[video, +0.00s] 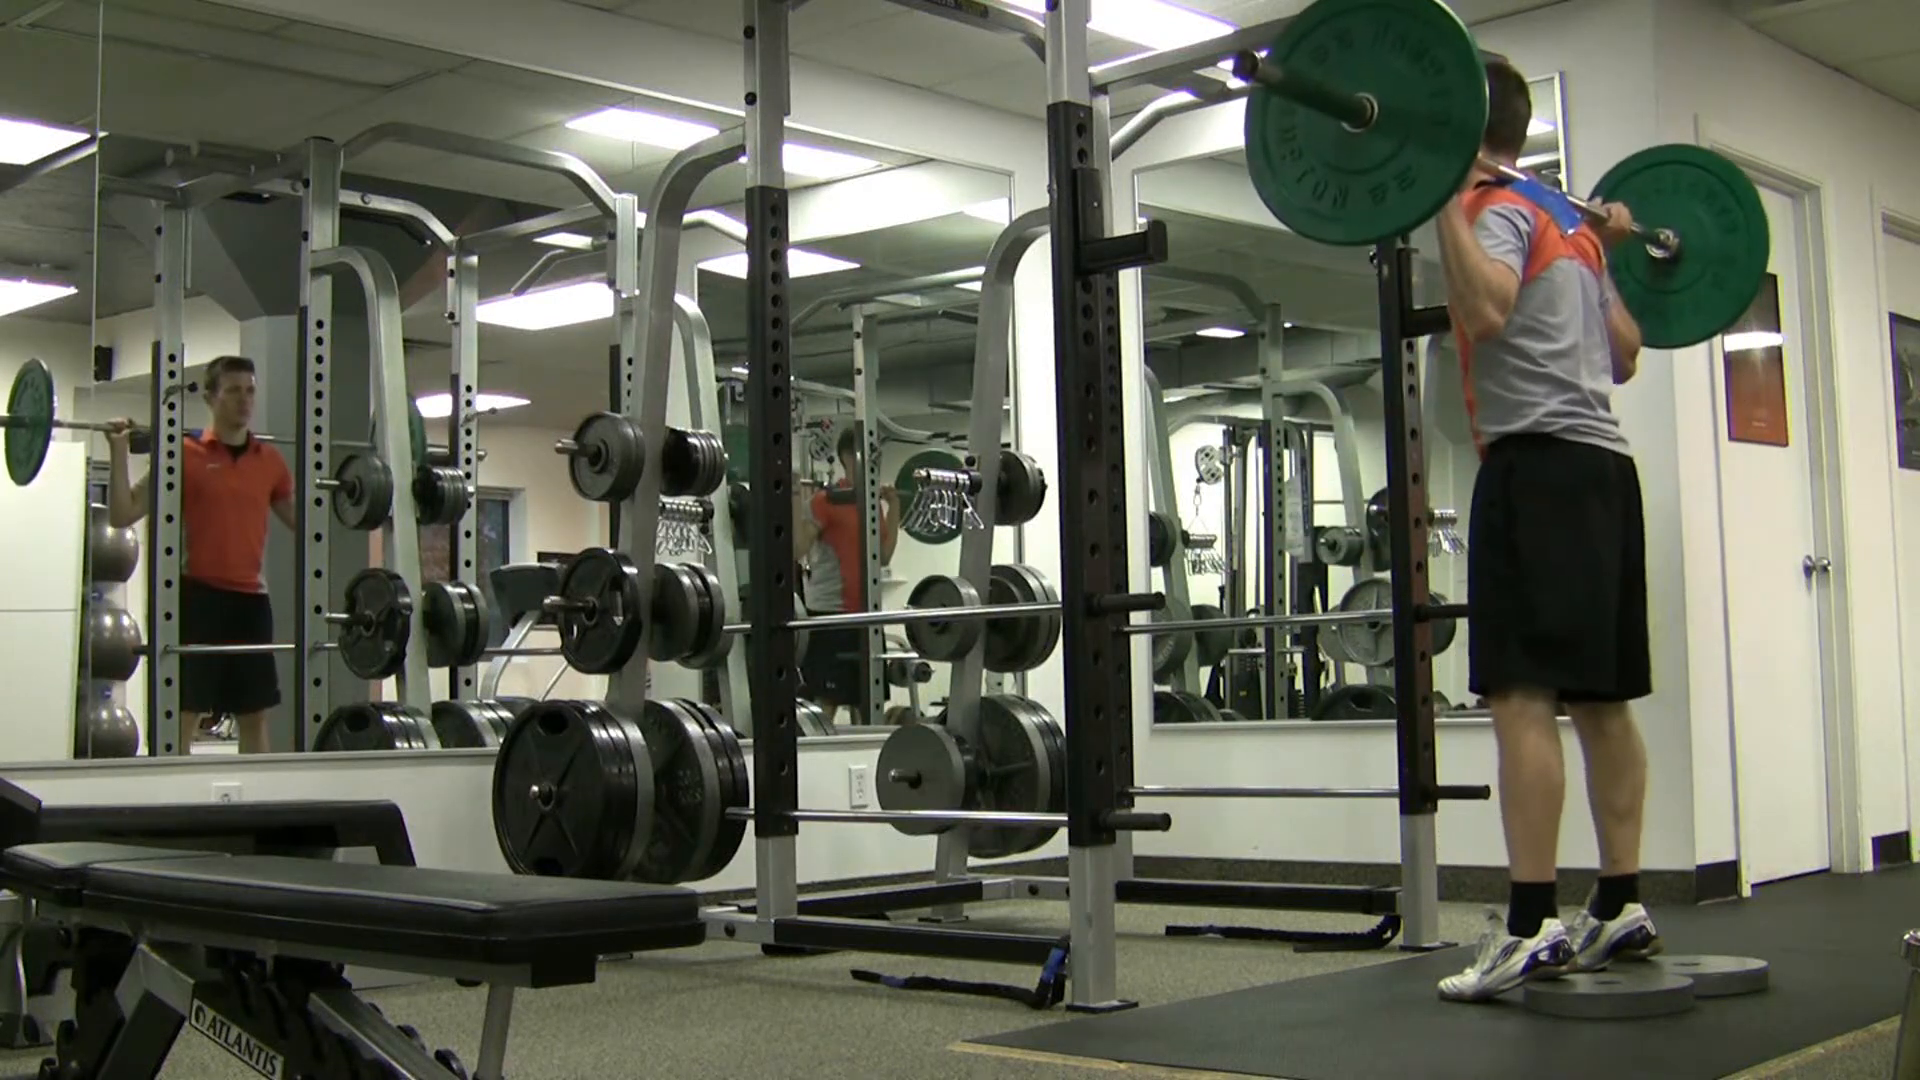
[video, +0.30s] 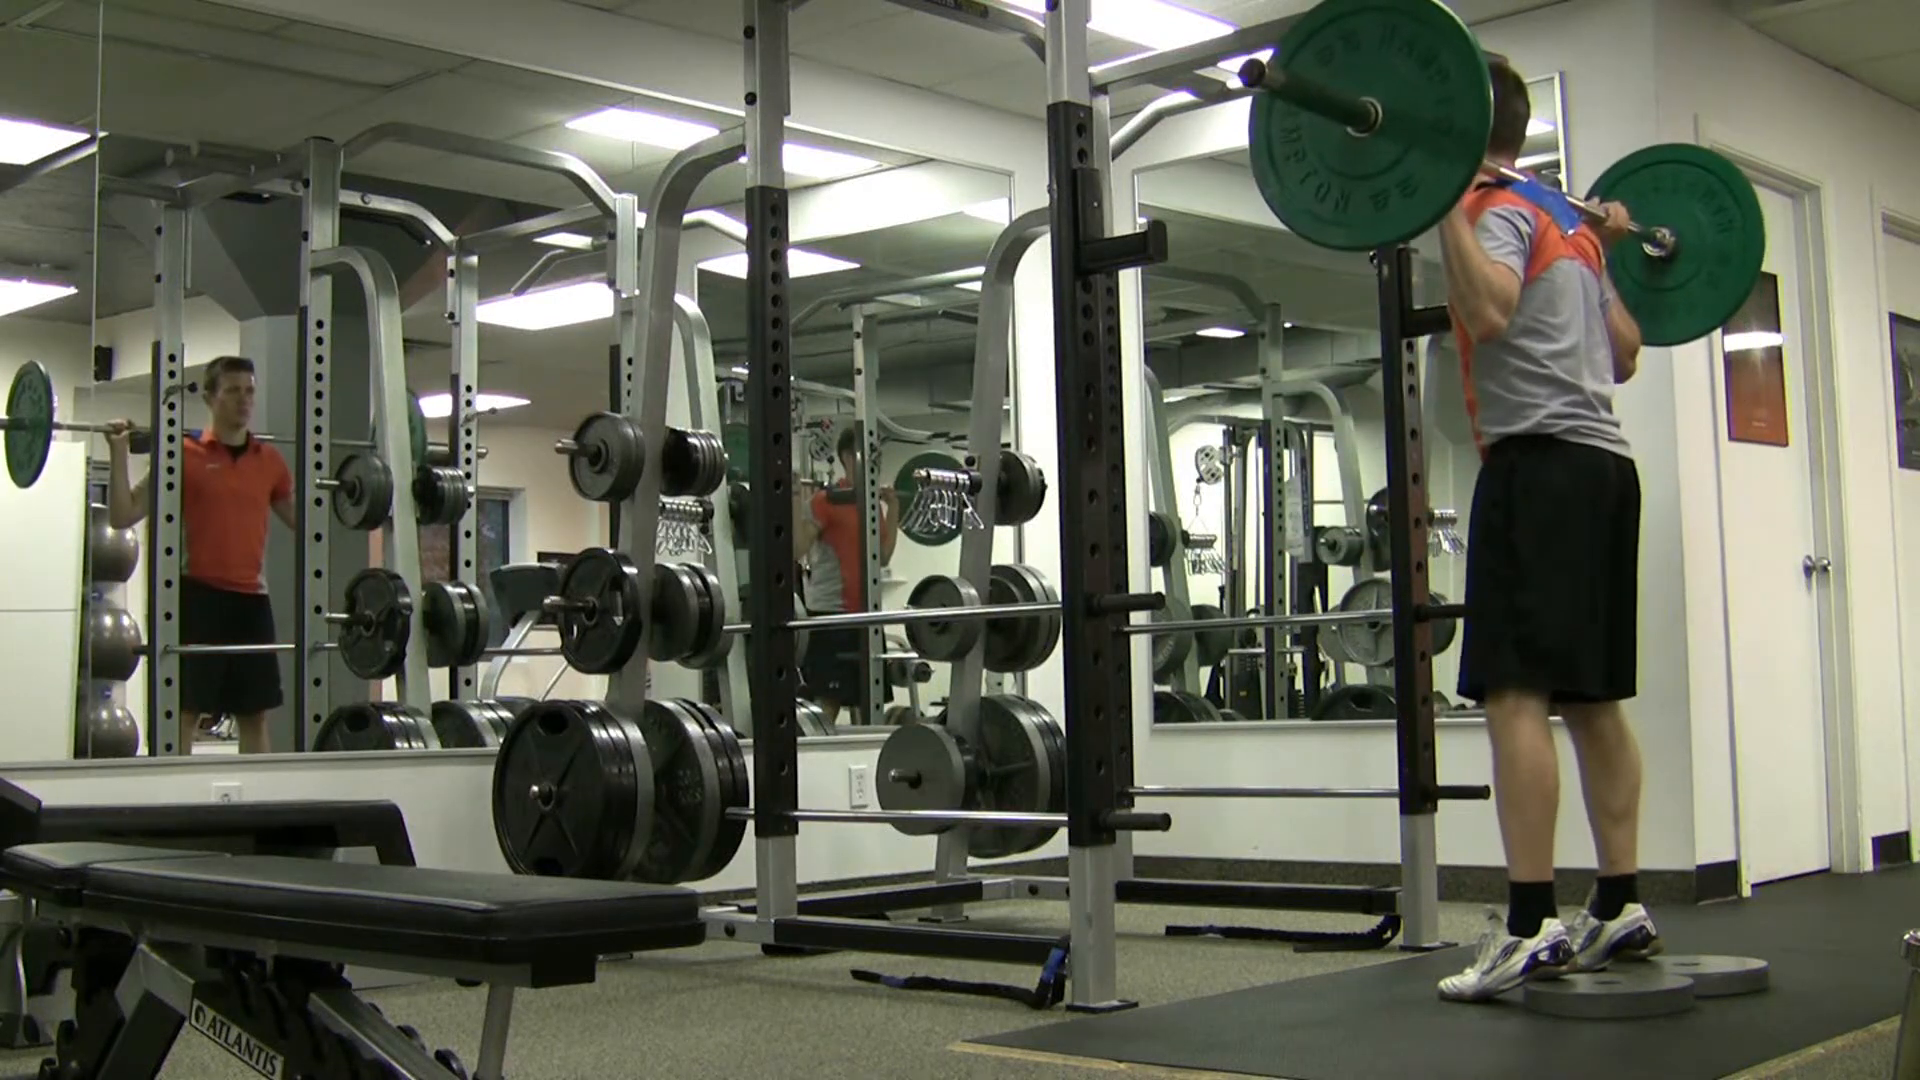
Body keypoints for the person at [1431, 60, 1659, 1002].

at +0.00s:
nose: (1441, 141)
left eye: (1446, 121)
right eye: (1456, 119)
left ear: (1467, 129)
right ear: (1523, 129)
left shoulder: (1495, 206)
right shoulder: (1573, 216)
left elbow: (1487, 312)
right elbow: (1624, 352)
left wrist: (1445, 204)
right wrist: (1608, 245)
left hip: (1534, 470)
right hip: (1602, 469)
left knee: (1519, 700)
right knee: (1601, 700)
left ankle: (1530, 929)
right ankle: (1620, 908)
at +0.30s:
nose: (1447, 135)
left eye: (1454, 113)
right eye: (1465, 111)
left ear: (1472, 125)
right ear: (1523, 125)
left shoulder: (1498, 205)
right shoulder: (1572, 214)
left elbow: (1490, 312)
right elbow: (1623, 351)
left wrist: (1444, 202)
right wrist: (1607, 243)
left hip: (1536, 470)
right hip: (1601, 469)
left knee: (1513, 696)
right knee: (1592, 697)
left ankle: (1529, 930)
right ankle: (1619, 908)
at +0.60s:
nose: (1439, 180)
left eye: (1444, 160)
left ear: (1464, 167)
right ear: (1518, 170)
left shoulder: (1497, 243)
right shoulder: (1568, 252)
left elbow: (1491, 351)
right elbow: (1622, 380)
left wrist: (1443, 243)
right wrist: (1606, 273)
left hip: (1555, 494)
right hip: (1622, 498)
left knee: (1456, 706)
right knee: (1540, 708)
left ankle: (1525, 930)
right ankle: (1615, 910)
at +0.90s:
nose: (1434, 252)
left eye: (1439, 235)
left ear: (1456, 237)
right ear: (1517, 239)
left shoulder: (1496, 308)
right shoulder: (1564, 314)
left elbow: (1492, 420)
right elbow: (1626, 432)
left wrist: (1439, 315)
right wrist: (1600, 336)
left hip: (1580, 547)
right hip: (1649, 552)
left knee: (1429, 727)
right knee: (1519, 730)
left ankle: (1524, 929)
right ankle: (1615, 912)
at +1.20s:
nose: (1433, 315)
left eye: (1441, 298)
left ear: (1455, 307)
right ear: (1521, 309)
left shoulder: (1499, 381)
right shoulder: (1563, 382)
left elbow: (1497, 491)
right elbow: (1614, 484)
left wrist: (1443, 393)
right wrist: (1593, 399)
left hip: (1595, 604)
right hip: (1669, 610)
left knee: (1413, 740)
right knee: (1513, 755)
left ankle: (1522, 930)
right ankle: (1614, 913)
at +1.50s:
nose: (1435, 375)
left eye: (1439, 362)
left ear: (1450, 370)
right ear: (1523, 373)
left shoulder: (1498, 442)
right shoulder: (1566, 440)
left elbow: (1501, 559)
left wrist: (1441, 452)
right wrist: (1599, 453)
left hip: (1604, 658)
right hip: (1682, 666)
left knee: (1408, 747)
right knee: (1511, 771)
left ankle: (1524, 929)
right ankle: (1613, 913)